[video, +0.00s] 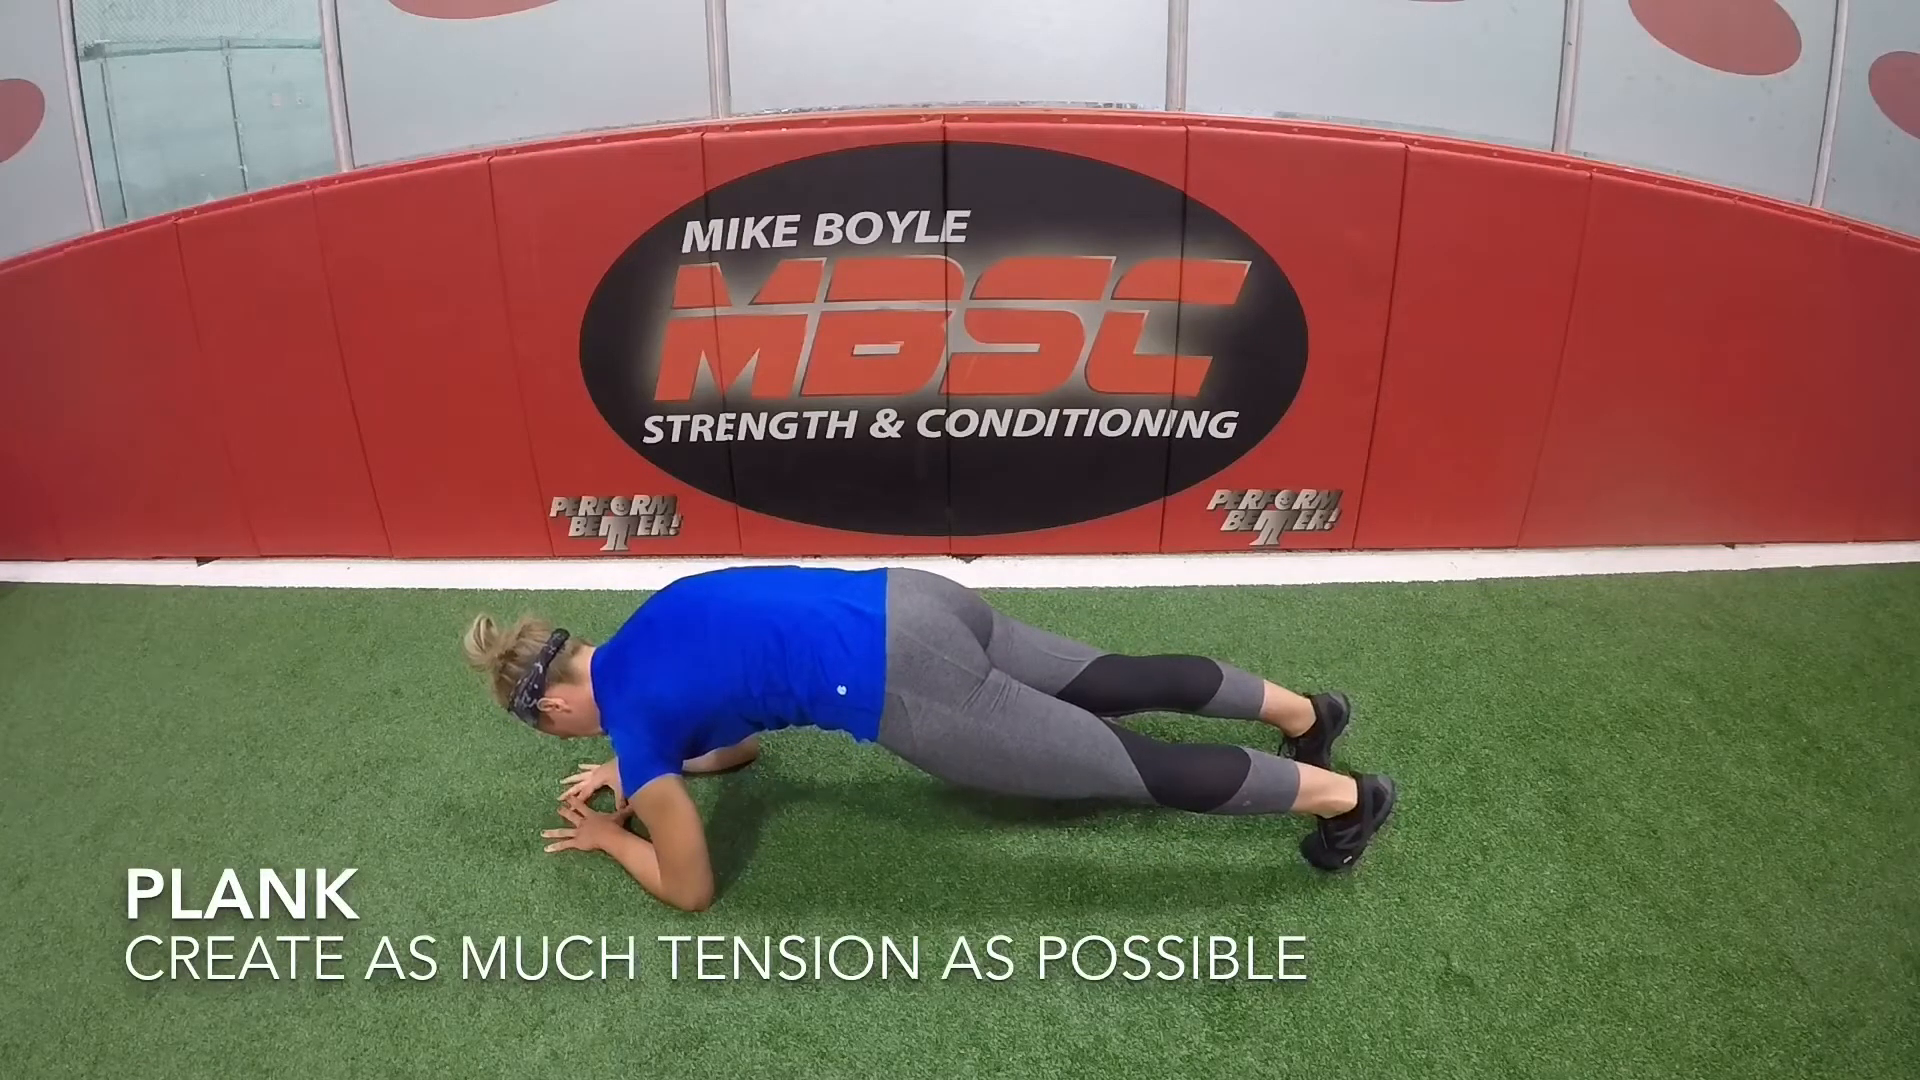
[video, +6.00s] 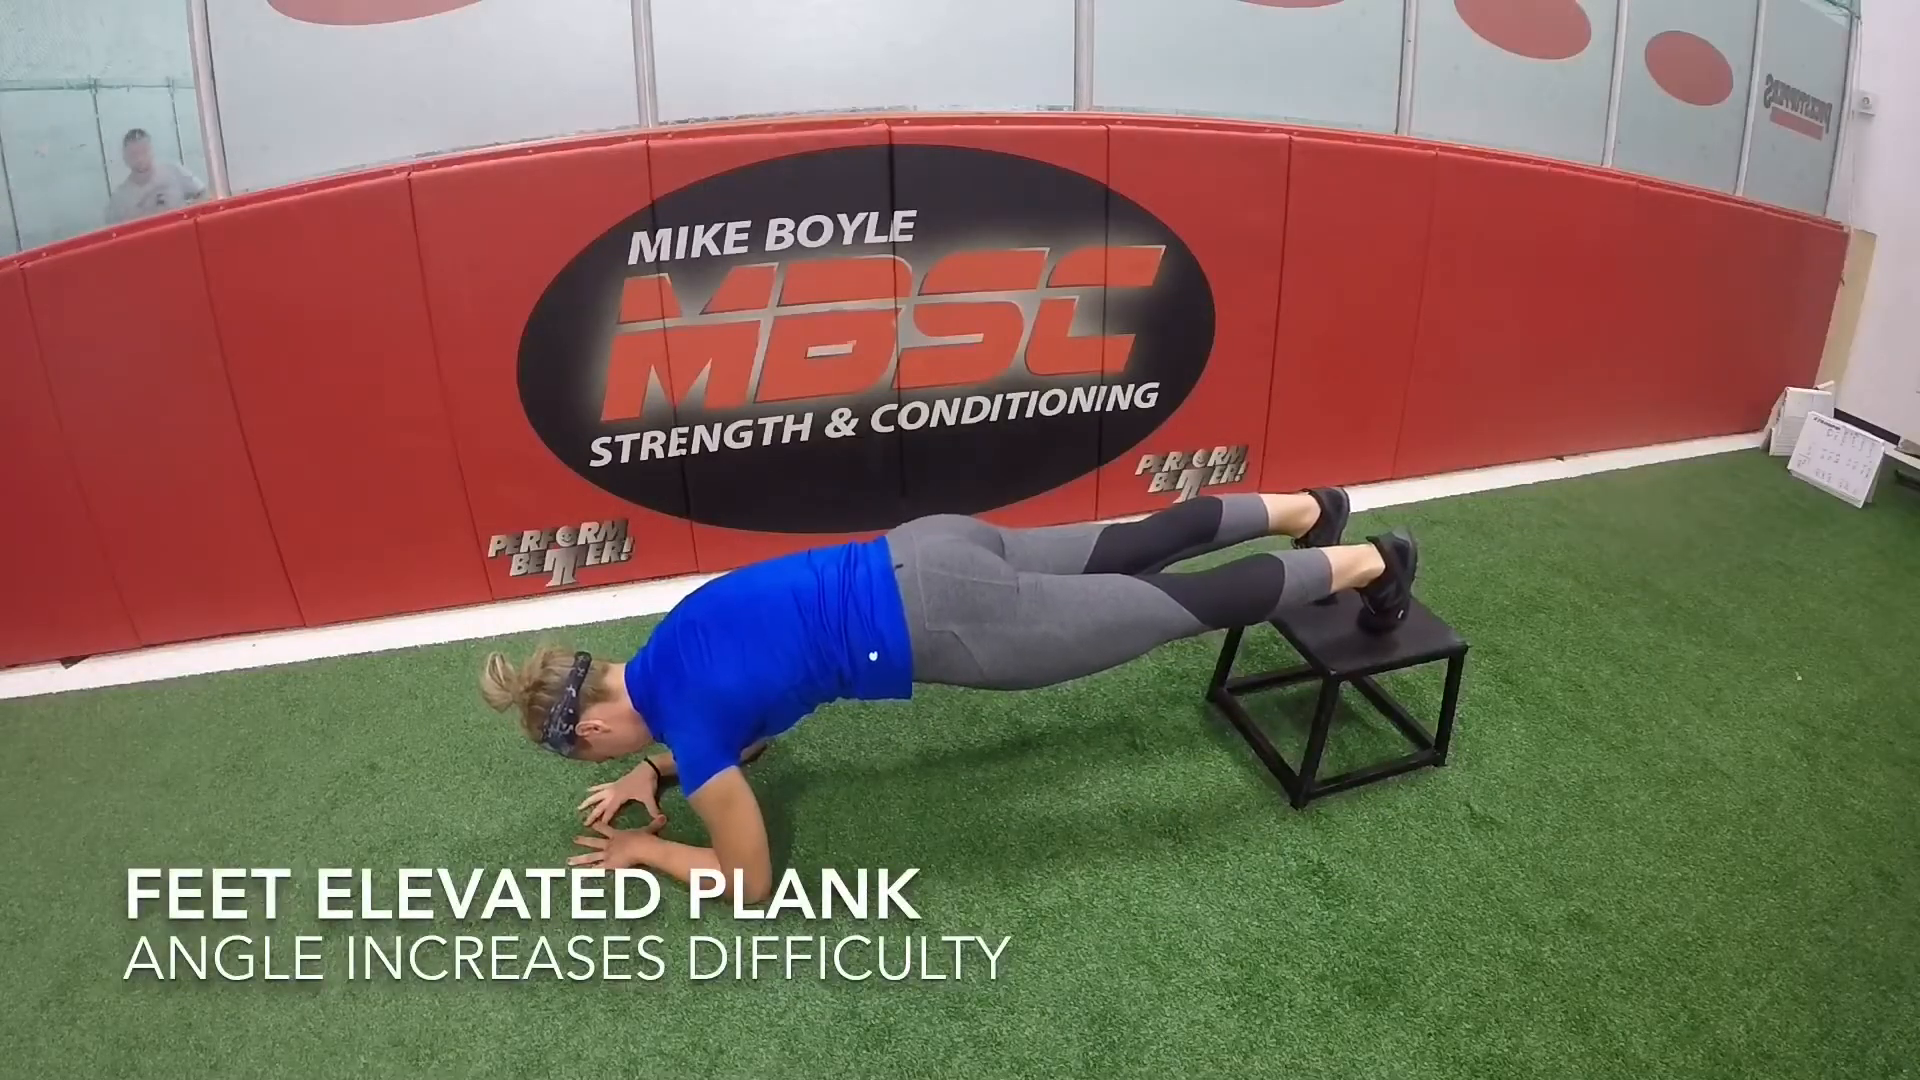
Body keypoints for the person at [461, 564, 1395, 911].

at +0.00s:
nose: (568, 734)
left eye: (553, 728)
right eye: (557, 729)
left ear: (559, 697)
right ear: (573, 646)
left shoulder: (632, 716)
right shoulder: (657, 608)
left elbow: (688, 886)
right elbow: (737, 740)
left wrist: (614, 841)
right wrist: (638, 778)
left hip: (900, 687)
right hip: (915, 591)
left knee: (1135, 767)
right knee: (1111, 678)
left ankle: (1342, 794)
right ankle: (1308, 714)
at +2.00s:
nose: (570, 737)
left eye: (555, 730)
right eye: (559, 730)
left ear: (561, 700)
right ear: (575, 649)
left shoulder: (633, 717)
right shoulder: (657, 612)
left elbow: (687, 885)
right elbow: (738, 742)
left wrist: (613, 840)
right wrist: (639, 778)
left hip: (899, 689)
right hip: (915, 594)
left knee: (1133, 771)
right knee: (1111, 680)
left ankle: (1342, 796)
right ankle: (1307, 715)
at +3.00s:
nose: (582, 744)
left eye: (564, 732)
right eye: (569, 734)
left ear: (575, 703)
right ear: (581, 660)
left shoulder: (650, 711)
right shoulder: (653, 627)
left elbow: (739, 878)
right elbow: (739, 759)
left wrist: (629, 852)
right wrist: (649, 782)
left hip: (897, 681)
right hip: (906, 583)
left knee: (1106, 774)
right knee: (1082, 670)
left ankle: (1325, 791)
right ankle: (1283, 706)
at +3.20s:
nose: (594, 755)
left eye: (578, 741)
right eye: (580, 745)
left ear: (592, 707)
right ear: (589, 677)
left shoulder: (681, 720)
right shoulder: (658, 640)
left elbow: (744, 880)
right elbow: (746, 756)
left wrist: (641, 858)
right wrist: (659, 808)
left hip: (926, 626)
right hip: (905, 544)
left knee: (1147, 611)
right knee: (1101, 556)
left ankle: (1330, 572)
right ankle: (1260, 514)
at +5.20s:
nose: (609, 752)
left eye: (593, 743)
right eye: (597, 745)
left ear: (602, 710)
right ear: (601, 670)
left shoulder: (689, 717)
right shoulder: (673, 629)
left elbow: (748, 878)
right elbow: (749, 741)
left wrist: (645, 852)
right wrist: (660, 792)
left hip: (942, 629)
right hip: (921, 540)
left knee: (1176, 607)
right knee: (1119, 544)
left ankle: (1346, 566)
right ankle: (1276, 508)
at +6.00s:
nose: (608, 754)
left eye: (592, 745)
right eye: (596, 747)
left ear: (601, 713)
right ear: (601, 673)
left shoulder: (690, 719)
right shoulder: (672, 631)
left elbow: (747, 877)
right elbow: (749, 742)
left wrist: (645, 852)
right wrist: (661, 793)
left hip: (938, 626)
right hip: (918, 540)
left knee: (1173, 609)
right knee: (1116, 545)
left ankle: (1346, 566)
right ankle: (1274, 507)